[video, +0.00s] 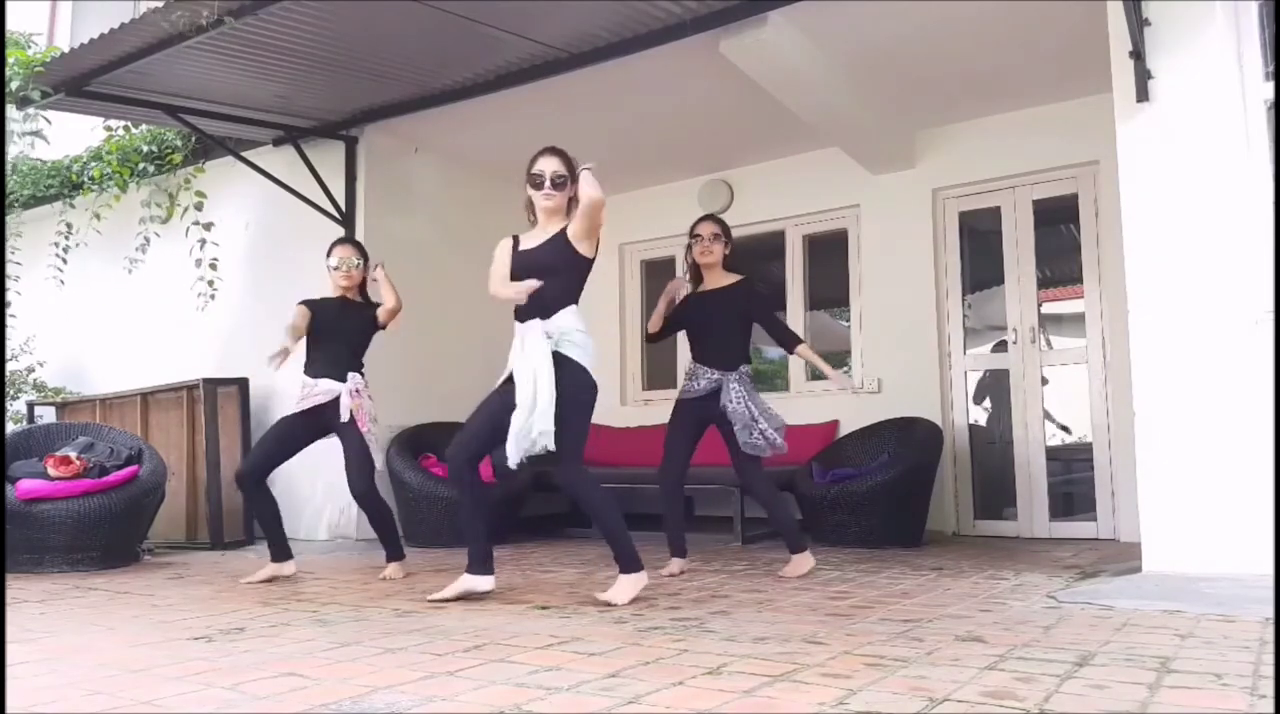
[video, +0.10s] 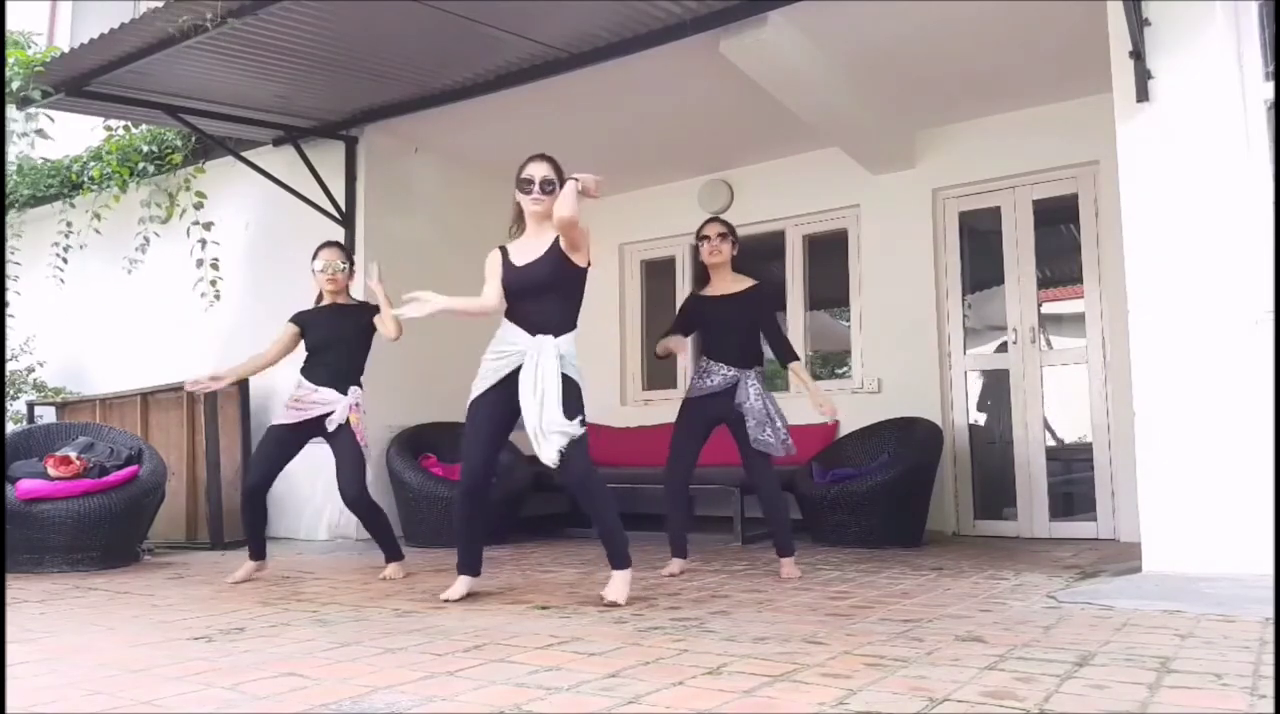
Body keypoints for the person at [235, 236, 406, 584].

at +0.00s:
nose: (344, 270)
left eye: (352, 264)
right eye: (337, 265)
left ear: (363, 272)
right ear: (328, 270)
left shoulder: (370, 313)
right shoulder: (311, 306)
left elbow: (393, 307)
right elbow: (297, 326)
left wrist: (381, 278)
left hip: (351, 407)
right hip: (312, 406)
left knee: (362, 489)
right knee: (249, 473)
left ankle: (396, 559)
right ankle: (281, 559)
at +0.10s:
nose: (331, 273)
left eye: (339, 266)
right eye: (323, 267)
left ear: (351, 273)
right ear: (314, 275)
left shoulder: (367, 311)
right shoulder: (306, 318)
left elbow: (393, 332)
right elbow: (270, 356)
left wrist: (381, 296)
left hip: (343, 410)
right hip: (302, 406)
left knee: (354, 494)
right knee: (254, 482)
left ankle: (394, 559)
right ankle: (256, 559)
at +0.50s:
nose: (307, 244)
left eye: (314, 239)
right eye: (299, 239)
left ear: (326, 247)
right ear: (289, 249)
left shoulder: (344, 292)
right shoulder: (274, 292)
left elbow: (358, 345)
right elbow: (247, 348)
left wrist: (365, 379)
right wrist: (239, 400)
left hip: (331, 388)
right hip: (285, 388)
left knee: (344, 475)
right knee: (263, 479)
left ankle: (362, 560)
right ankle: (243, 561)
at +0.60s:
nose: (303, 246)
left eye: (310, 240)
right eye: (295, 240)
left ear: (321, 247)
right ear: (284, 247)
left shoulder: (337, 292)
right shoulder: (267, 288)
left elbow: (350, 343)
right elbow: (244, 343)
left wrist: (357, 382)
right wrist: (240, 396)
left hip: (326, 385)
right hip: (278, 385)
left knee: (345, 470)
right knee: (259, 480)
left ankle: (359, 556)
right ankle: (241, 561)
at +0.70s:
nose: (302, 252)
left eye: (309, 247)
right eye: (294, 246)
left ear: (319, 253)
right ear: (283, 252)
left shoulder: (334, 299)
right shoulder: (264, 294)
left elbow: (347, 353)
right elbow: (247, 350)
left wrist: (353, 394)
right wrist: (243, 401)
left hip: (322, 390)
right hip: (274, 390)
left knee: (347, 472)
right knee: (257, 483)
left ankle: (357, 558)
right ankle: (244, 563)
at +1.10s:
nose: (309, 253)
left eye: (316, 246)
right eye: (300, 248)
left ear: (327, 251)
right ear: (290, 255)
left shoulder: (344, 297)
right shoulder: (278, 296)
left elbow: (354, 346)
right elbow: (260, 353)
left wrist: (360, 381)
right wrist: (255, 404)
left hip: (334, 392)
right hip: (286, 392)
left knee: (353, 473)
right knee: (266, 477)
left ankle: (356, 561)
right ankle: (241, 560)